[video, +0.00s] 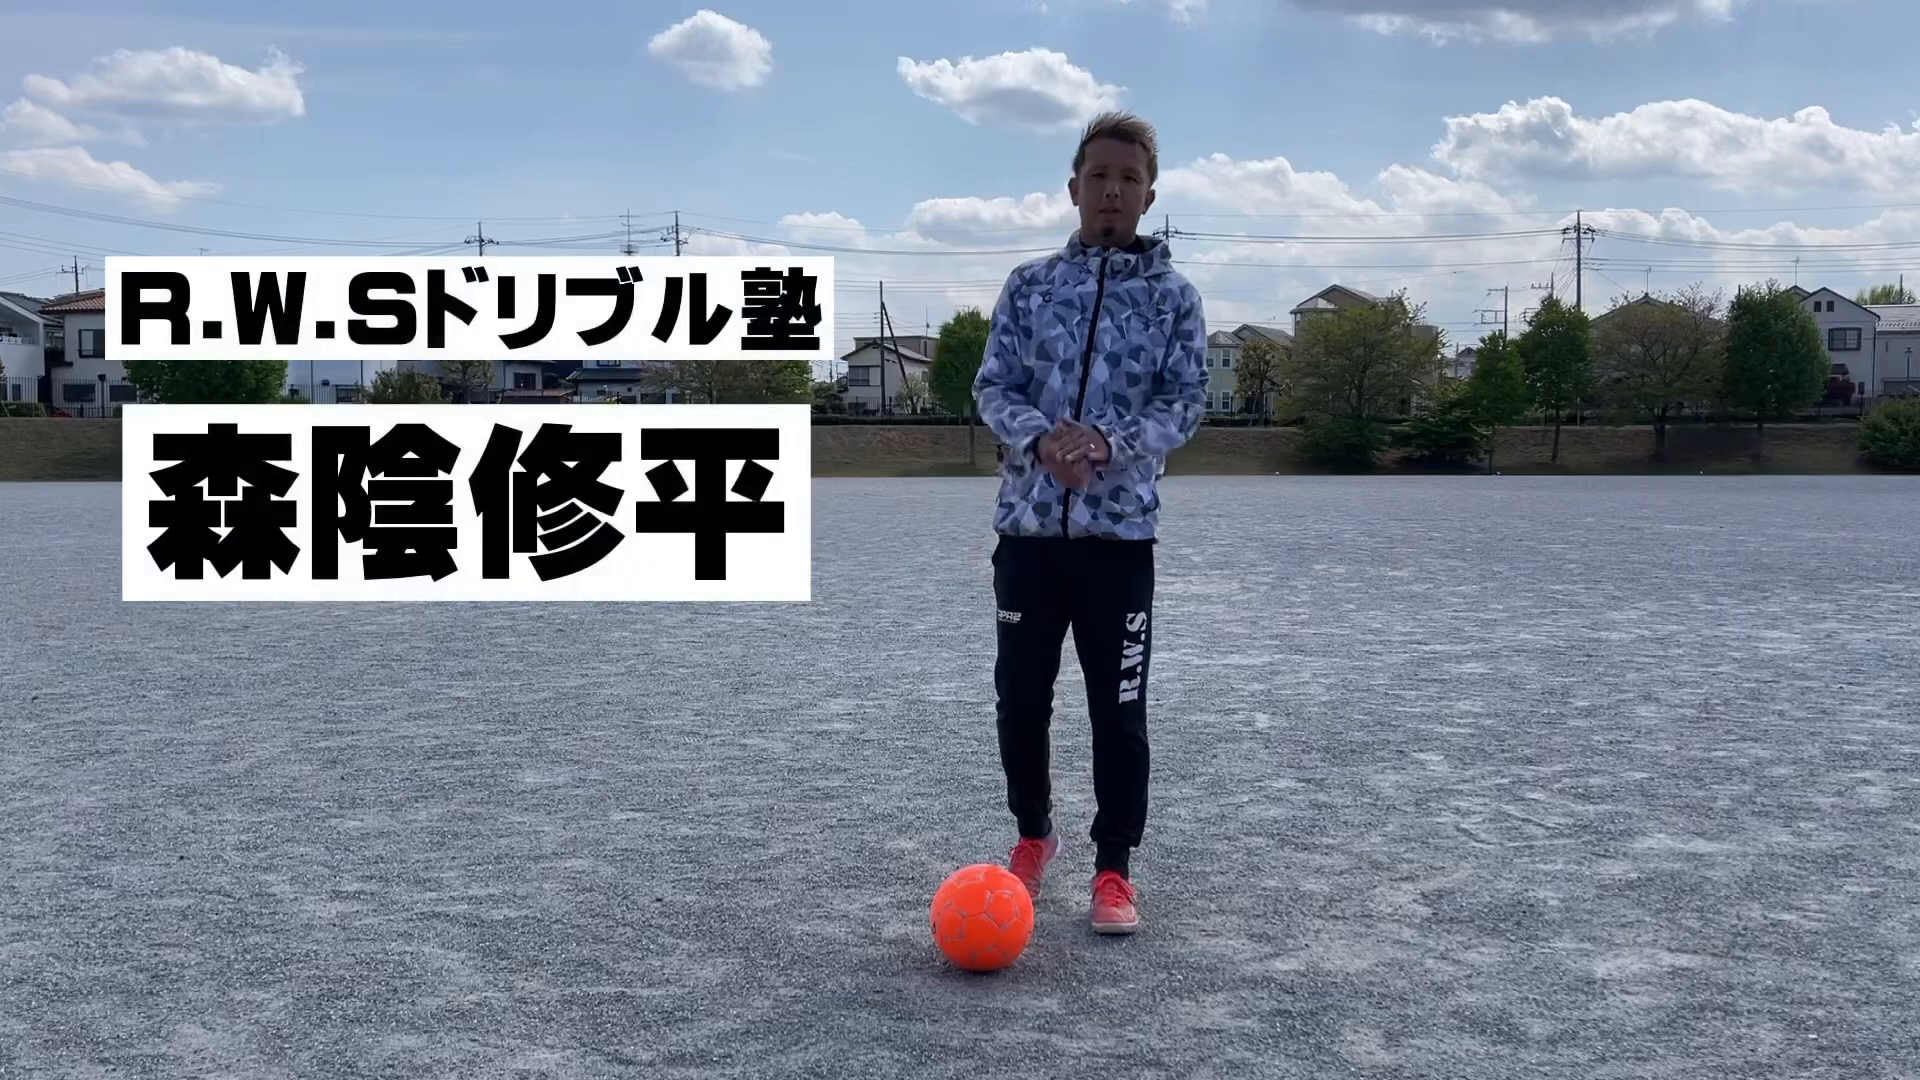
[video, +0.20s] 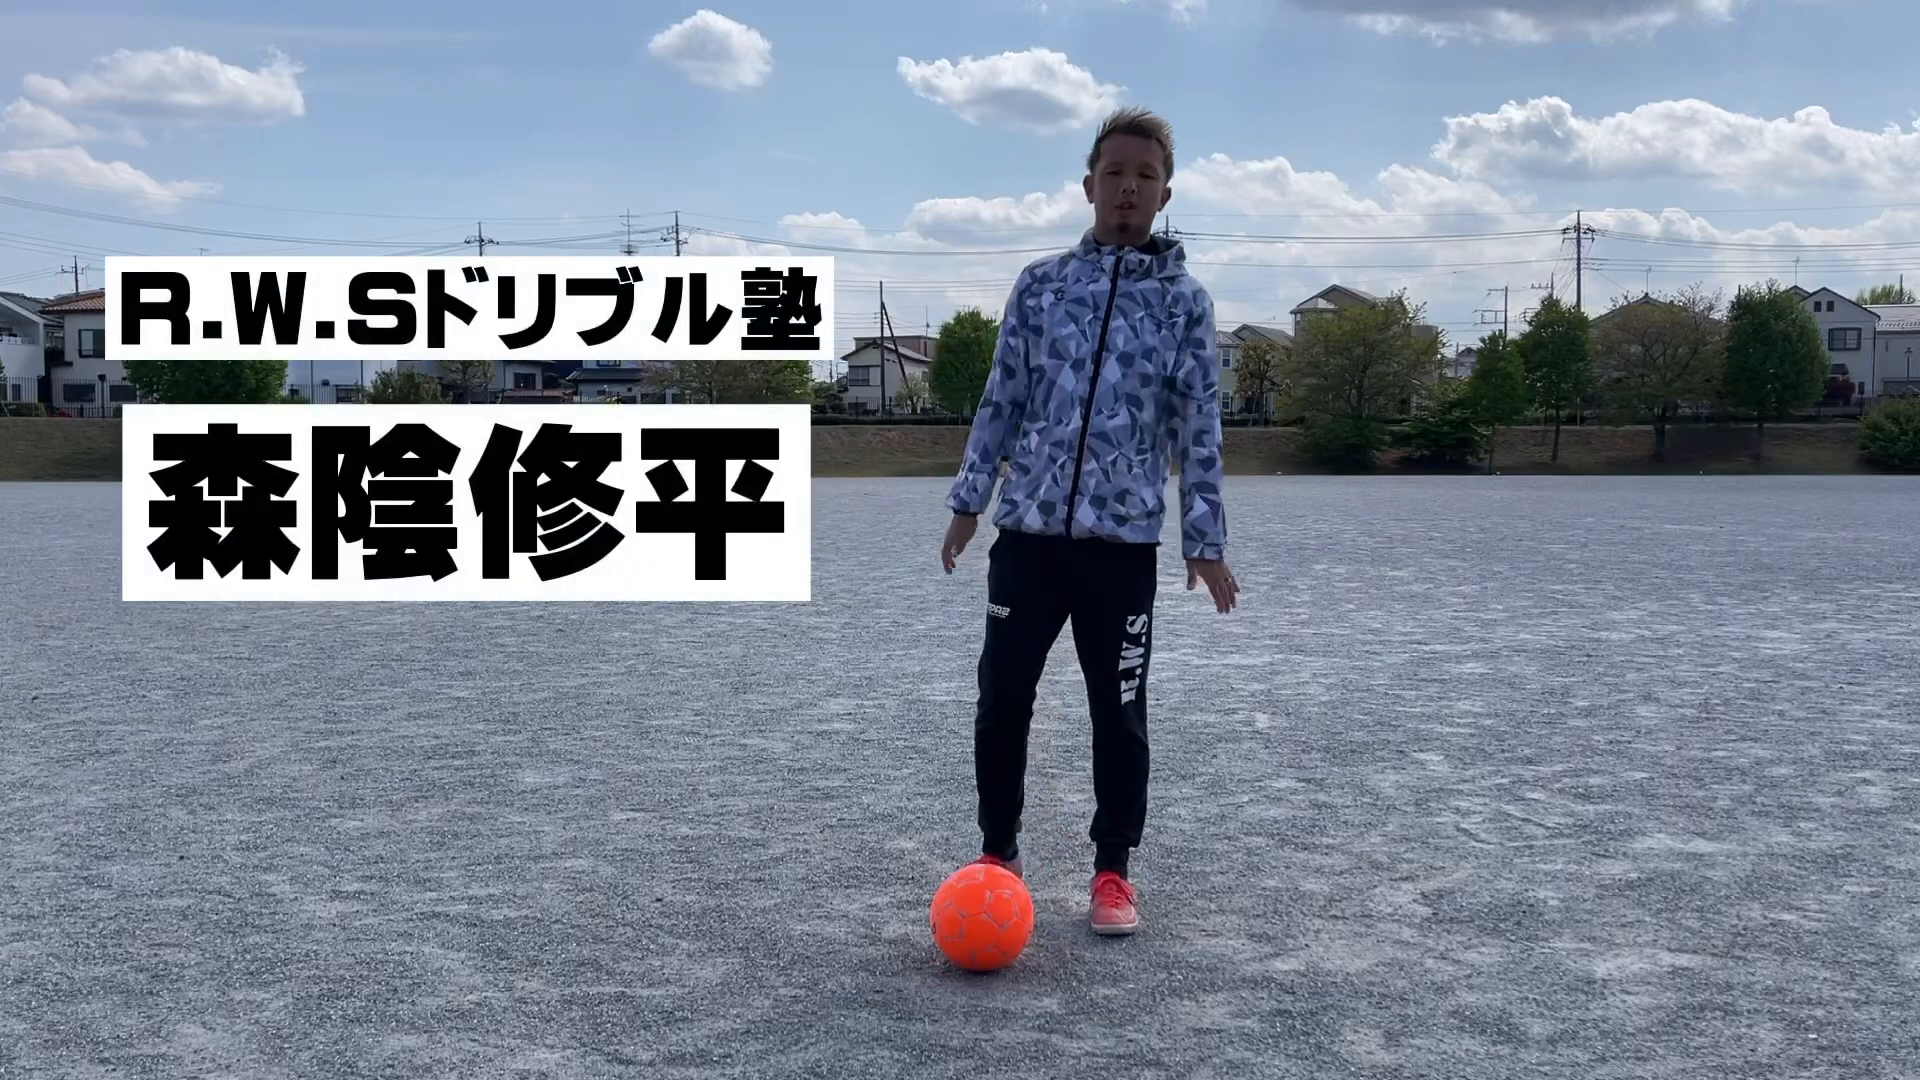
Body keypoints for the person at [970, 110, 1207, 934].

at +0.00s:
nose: (1113, 190)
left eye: (1129, 178)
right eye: (1099, 174)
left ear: (1149, 192)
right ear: (1074, 184)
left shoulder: (1173, 295)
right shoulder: (1030, 282)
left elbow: (1184, 404)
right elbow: (992, 389)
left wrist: (1112, 448)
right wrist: (1041, 435)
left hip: (1119, 532)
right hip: (1028, 527)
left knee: (1118, 705)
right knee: (1019, 698)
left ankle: (1114, 871)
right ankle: (1031, 836)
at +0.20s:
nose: (1129, 187)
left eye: (1145, 175)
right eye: (1115, 172)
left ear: (1166, 190)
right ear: (1090, 182)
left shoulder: (1183, 300)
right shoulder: (1041, 284)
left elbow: (1200, 429)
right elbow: (1000, 403)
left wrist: (1205, 539)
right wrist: (966, 499)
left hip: (1121, 539)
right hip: (1027, 531)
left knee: (1119, 712)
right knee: (1000, 704)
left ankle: (1111, 873)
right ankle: (998, 861)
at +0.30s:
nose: (1128, 184)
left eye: (1145, 171)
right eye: (1114, 169)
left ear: (1166, 187)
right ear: (1089, 181)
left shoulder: (1187, 300)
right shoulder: (1040, 282)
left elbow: (1226, 419)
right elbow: (991, 391)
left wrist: (1242, 526)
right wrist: (953, 487)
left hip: (1121, 542)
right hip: (1028, 533)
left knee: (1119, 714)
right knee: (996, 708)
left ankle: (1111, 873)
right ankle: (970, 865)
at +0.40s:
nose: (1125, 180)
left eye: (1141, 167)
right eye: (1110, 165)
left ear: (1162, 185)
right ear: (1083, 179)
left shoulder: (1185, 298)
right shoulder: (1037, 281)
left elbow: (1235, 411)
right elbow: (990, 390)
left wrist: (1259, 515)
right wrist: (951, 483)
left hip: (1118, 543)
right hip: (1022, 534)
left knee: (1117, 716)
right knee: (987, 709)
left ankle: (1112, 874)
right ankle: (960, 868)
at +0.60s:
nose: (1101, 181)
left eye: (1117, 166)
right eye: (1084, 166)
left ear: (1137, 180)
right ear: (1057, 180)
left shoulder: (1166, 292)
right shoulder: (1017, 284)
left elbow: (1212, 407)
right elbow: (980, 405)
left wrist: (1233, 516)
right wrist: (958, 501)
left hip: (1109, 541)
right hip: (1012, 533)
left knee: (1113, 716)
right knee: (981, 714)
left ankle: (1111, 875)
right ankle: (959, 881)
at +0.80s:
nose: (1060, 176)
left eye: (1074, 161)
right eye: (1042, 163)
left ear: (1094, 175)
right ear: (1016, 180)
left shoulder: (1131, 289)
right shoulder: (981, 288)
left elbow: (1156, 411)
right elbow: (948, 409)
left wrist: (1145, 510)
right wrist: (947, 502)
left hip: (1093, 537)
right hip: (995, 536)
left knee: (1103, 716)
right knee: (974, 718)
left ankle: (1110, 872)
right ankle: (961, 882)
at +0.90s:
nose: (1034, 174)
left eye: (1048, 159)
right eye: (1014, 161)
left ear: (1068, 174)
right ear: (990, 181)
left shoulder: (1112, 286)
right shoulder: (960, 292)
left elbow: (1136, 403)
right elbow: (927, 414)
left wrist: (1103, 493)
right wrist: (940, 496)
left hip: (1077, 542)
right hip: (981, 544)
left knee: (1096, 715)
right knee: (968, 721)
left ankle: (1110, 874)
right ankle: (963, 886)